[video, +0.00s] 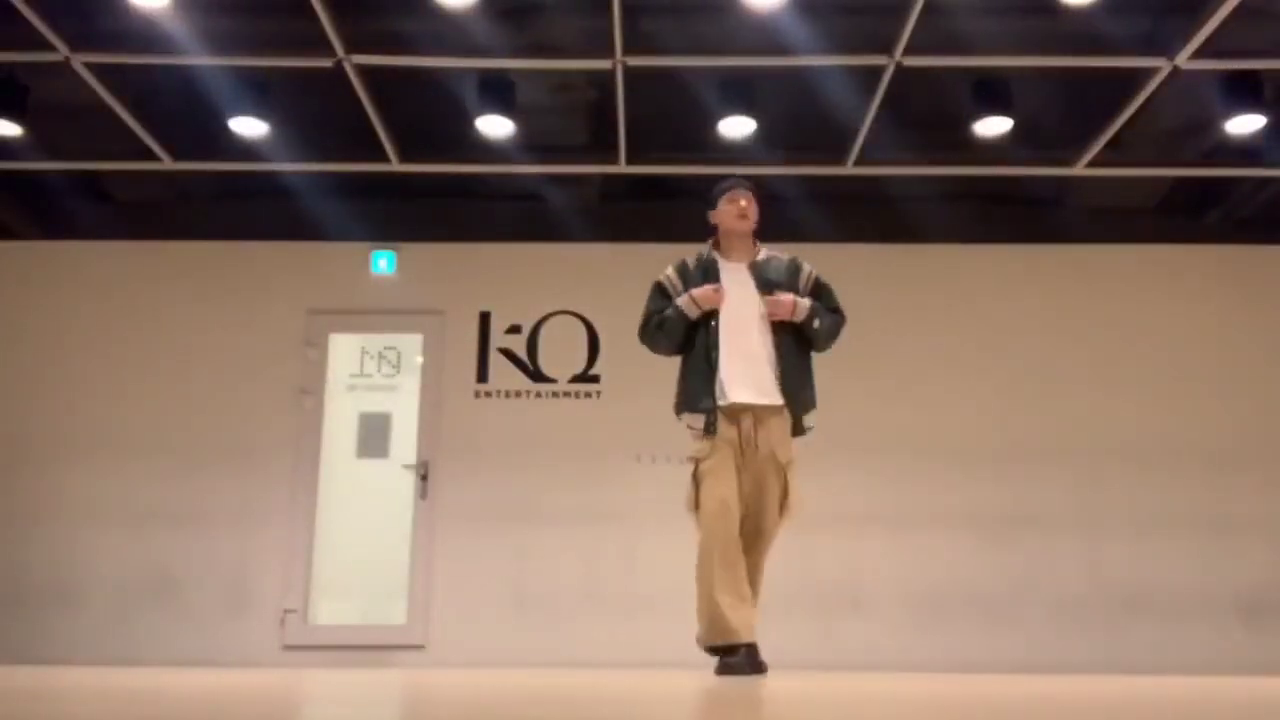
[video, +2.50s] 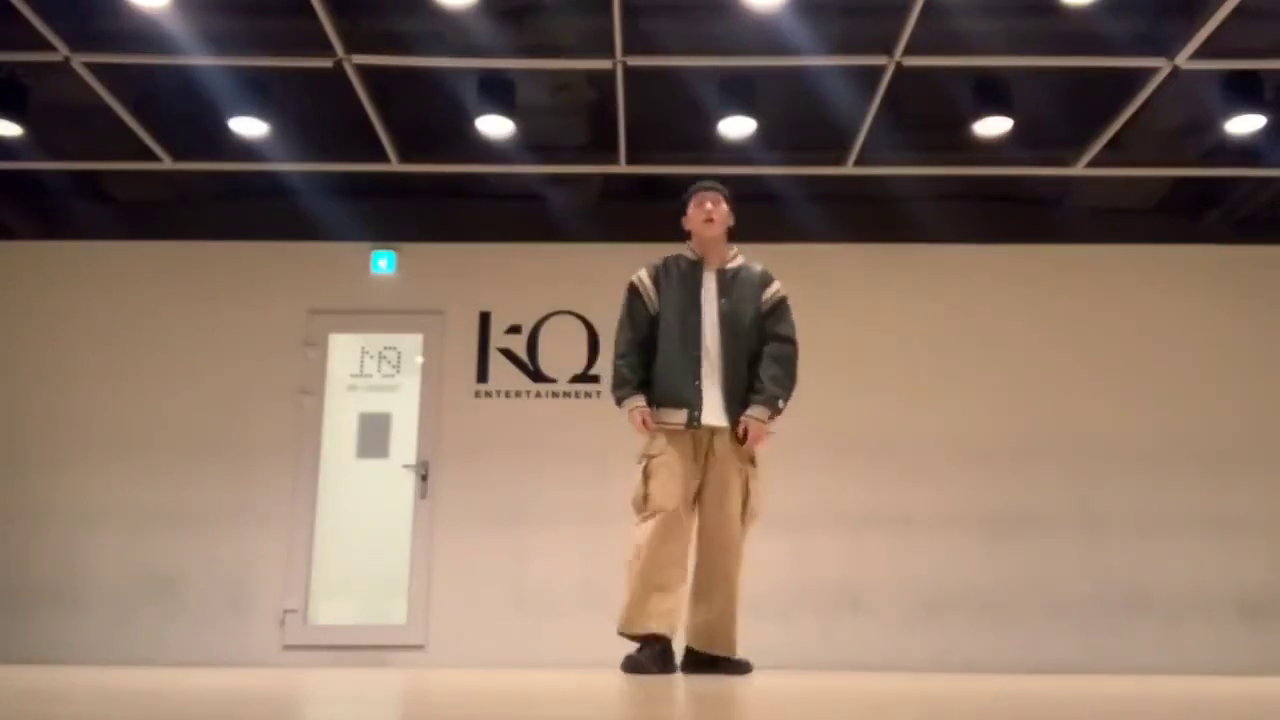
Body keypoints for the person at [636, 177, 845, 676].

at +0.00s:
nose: (742, 205)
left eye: (748, 199)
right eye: (731, 200)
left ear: (759, 214)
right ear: (713, 217)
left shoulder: (792, 271)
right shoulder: (685, 275)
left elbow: (831, 327)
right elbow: (655, 337)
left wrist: (802, 312)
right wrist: (689, 306)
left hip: (773, 416)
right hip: (715, 416)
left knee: (760, 527)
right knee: (719, 520)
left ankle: (727, 630)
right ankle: (735, 641)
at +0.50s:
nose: (760, 243)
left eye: (761, 237)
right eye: (750, 235)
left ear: (755, 251)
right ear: (722, 243)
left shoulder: (760, 308)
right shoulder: (684, 284)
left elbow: (773, 387)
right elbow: (659, 323)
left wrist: (788, 353)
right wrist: (714, 294)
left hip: (739, 431)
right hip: (690, 423)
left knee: (741, 536)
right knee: (688, 525)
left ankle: (720, 649)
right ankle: (662, 641)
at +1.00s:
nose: (702, 244)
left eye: (701, 236)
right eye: (695, 234)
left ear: (681, 242)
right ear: (667, 238)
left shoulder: (696, 306)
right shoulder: (624, 296)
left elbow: (704, 365)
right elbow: (604, 366)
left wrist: (706, 405)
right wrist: (615, 429)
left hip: (688, 444)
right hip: (638, 441)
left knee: (707, 536)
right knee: (635, 545)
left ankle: (712, 641)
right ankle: (625, 643)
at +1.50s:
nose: (657, 233)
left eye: (659, 226)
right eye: (647, 226)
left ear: (664, 237)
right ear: (623, 237)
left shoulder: (683, 298)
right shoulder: (593, 298)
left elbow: (702, 358)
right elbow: (571, 368)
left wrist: (680, 412)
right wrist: (587, 424)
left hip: (673, 439)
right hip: (619, 441)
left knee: (690, 521)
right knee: (624, 543)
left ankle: (671, 634)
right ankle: (623, 645)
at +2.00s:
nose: (704, 226)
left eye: (703, 220)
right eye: (693, 219)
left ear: (702, 234)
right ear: (666, 232)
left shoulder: (717, 303)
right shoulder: (630, 286)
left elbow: (730, 368)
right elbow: (610, 354)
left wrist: (730, 422)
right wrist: (630, 410)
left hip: (701, 438)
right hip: (645, 432)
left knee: (705, 540)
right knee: (633, 541)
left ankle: (703, 647)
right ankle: (624, 643)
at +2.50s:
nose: (710, 209)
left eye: (718, 202)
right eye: (700, 204)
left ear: (731, 219)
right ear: (685, 221)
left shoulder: (759, 281)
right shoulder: (654, 281)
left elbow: (780, 352)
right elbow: (629, 349)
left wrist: (762, 409)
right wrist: (633, 397)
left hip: (733, 430)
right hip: (671, 428)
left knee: (723, 539)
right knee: (664, 525)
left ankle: (710, 648)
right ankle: (654, 641)